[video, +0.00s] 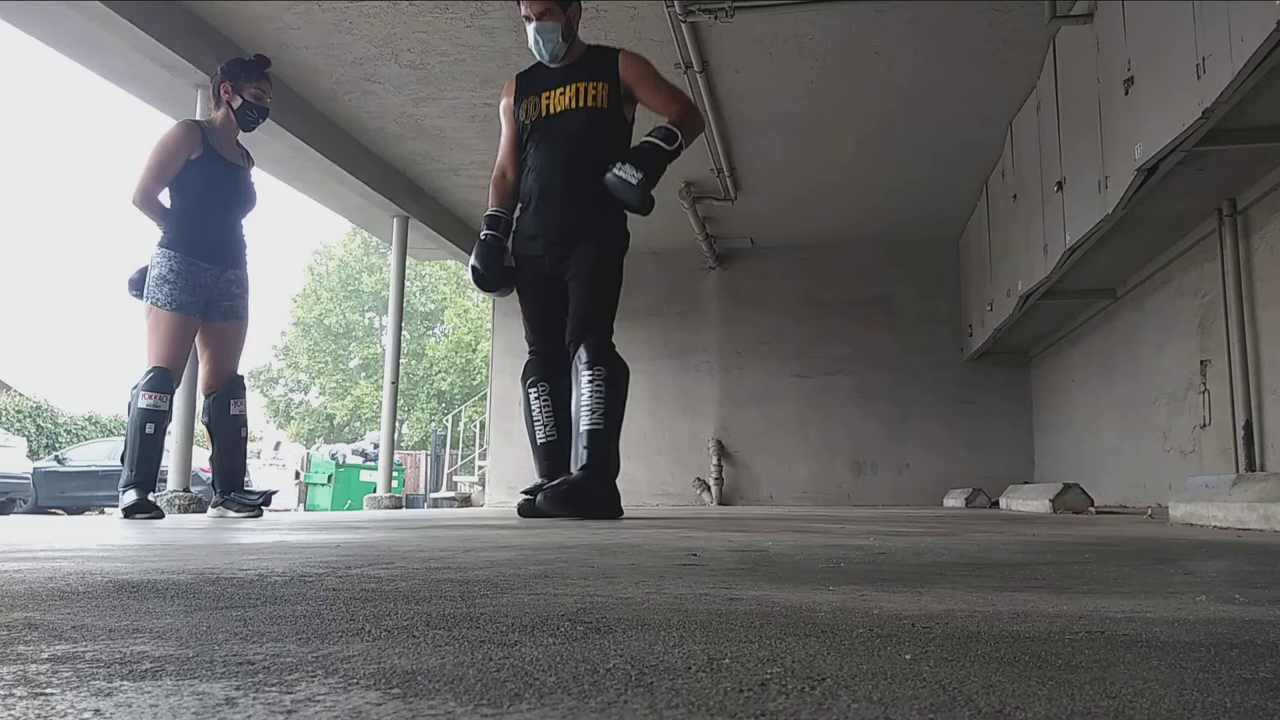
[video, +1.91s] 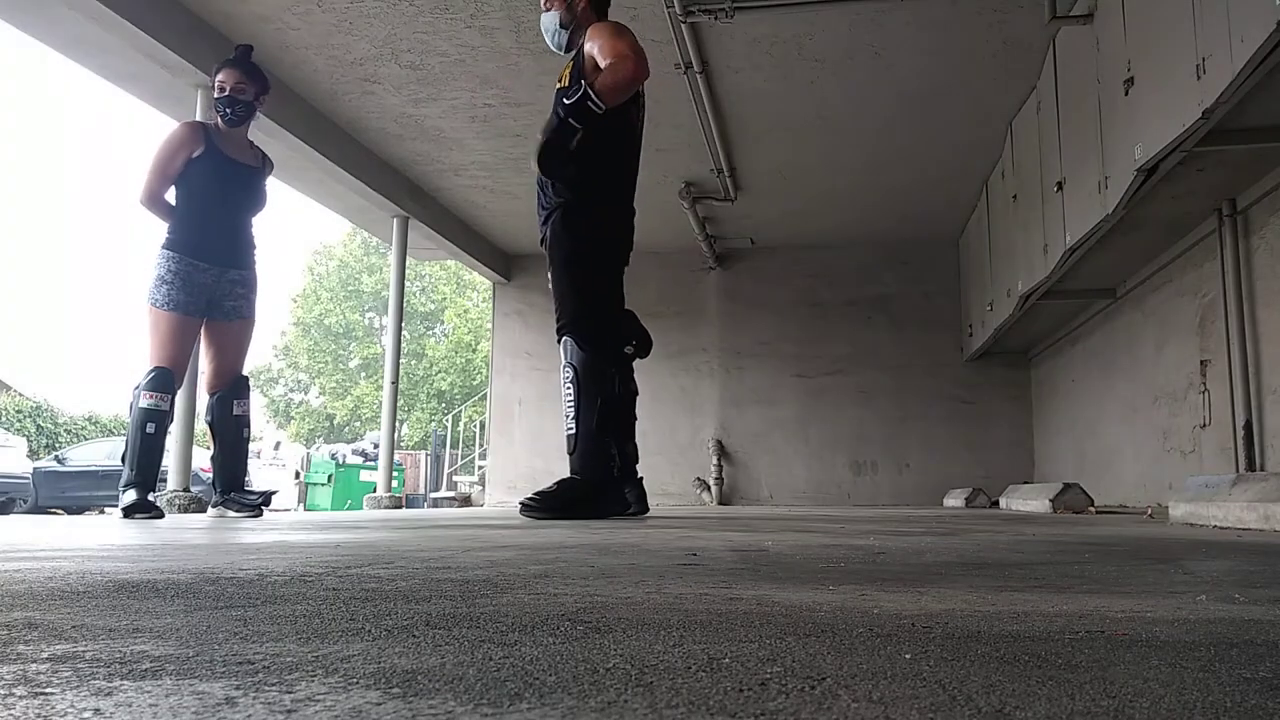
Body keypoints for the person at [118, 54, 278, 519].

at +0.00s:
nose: (261, 108)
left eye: (266, 101)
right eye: (255, 97)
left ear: (262, 103)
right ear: (226, 91)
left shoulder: (244, 157)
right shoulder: (188, 132)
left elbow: (227, 217)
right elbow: (143, 195)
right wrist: (178, 230)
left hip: (230, 272)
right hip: (181, 263)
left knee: (223, 382)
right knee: (162, 375)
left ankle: (228, 489)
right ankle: (138, 489)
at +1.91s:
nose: (230, 98)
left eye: (241, 91)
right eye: (223, 90)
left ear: (259, 100)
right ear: (213, 93)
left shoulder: (262, 161)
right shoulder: (192, 134)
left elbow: (247, 213)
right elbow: (151, 196)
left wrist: (227, 234)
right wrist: (190, 227)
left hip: (237, 275)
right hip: (184, 265)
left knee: (227, 383)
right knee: (164, 375)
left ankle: (229, 488)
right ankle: (138, 489)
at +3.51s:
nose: (188, 77)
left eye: (200, 70)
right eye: (180, 66)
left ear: (216, 79)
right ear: (166, 69)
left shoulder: (226, 141)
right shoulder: (137, 113)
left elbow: (204, 197)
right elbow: (90, 172)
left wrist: (188, 223)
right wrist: (128, 210)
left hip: (196, 258)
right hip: (135, 255)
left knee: (200, 366)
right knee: (139, 378)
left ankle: (205, 479)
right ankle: (137, 492)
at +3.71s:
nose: (184, 69)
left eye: (197, 62)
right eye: (176, 58)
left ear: (215, 71)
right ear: (163, 60)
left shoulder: (226, 135)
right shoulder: (130, 106)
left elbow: (229, 201)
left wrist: (247, 251)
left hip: (194, 256)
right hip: (128, 252)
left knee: (173, 362)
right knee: (133, 376)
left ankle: (163, 482)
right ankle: (133, 489)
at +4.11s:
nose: (160, 32)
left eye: (175, 24)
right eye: (152, 20)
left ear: (198, 34)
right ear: (142, 23)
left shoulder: (214, 94)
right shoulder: (114, 82)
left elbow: (228, 176)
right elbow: (86, 151)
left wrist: (201, 195)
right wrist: (66, 155)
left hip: (178, 233)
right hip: (114, 228)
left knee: (166, 359)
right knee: (79, 359)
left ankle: (150, 490)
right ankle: (121, 465)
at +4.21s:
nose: (149, 19)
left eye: (164, 12)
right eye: (142, 10)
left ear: (188, 23)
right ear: (132, 17)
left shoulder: (204, 84)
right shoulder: (107, 76)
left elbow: (221, 160)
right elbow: (87, 151)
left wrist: (191, 168)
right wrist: (80, 136)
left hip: (171, 224)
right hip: (108, 221)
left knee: (161, 354)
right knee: (62, 347)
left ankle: (150, 487)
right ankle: (81, 475)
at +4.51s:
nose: (108, 10)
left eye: (121, 4)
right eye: (100, 3)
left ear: (138, 9)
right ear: (83, 6)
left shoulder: (158, 67)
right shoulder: (47, 54)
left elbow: (195, 149)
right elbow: (14, 135)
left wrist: (160, 147)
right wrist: (34, 108)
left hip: (133, 216)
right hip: (59, 211)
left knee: (133, 354)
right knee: (17, 346)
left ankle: (146, 489)